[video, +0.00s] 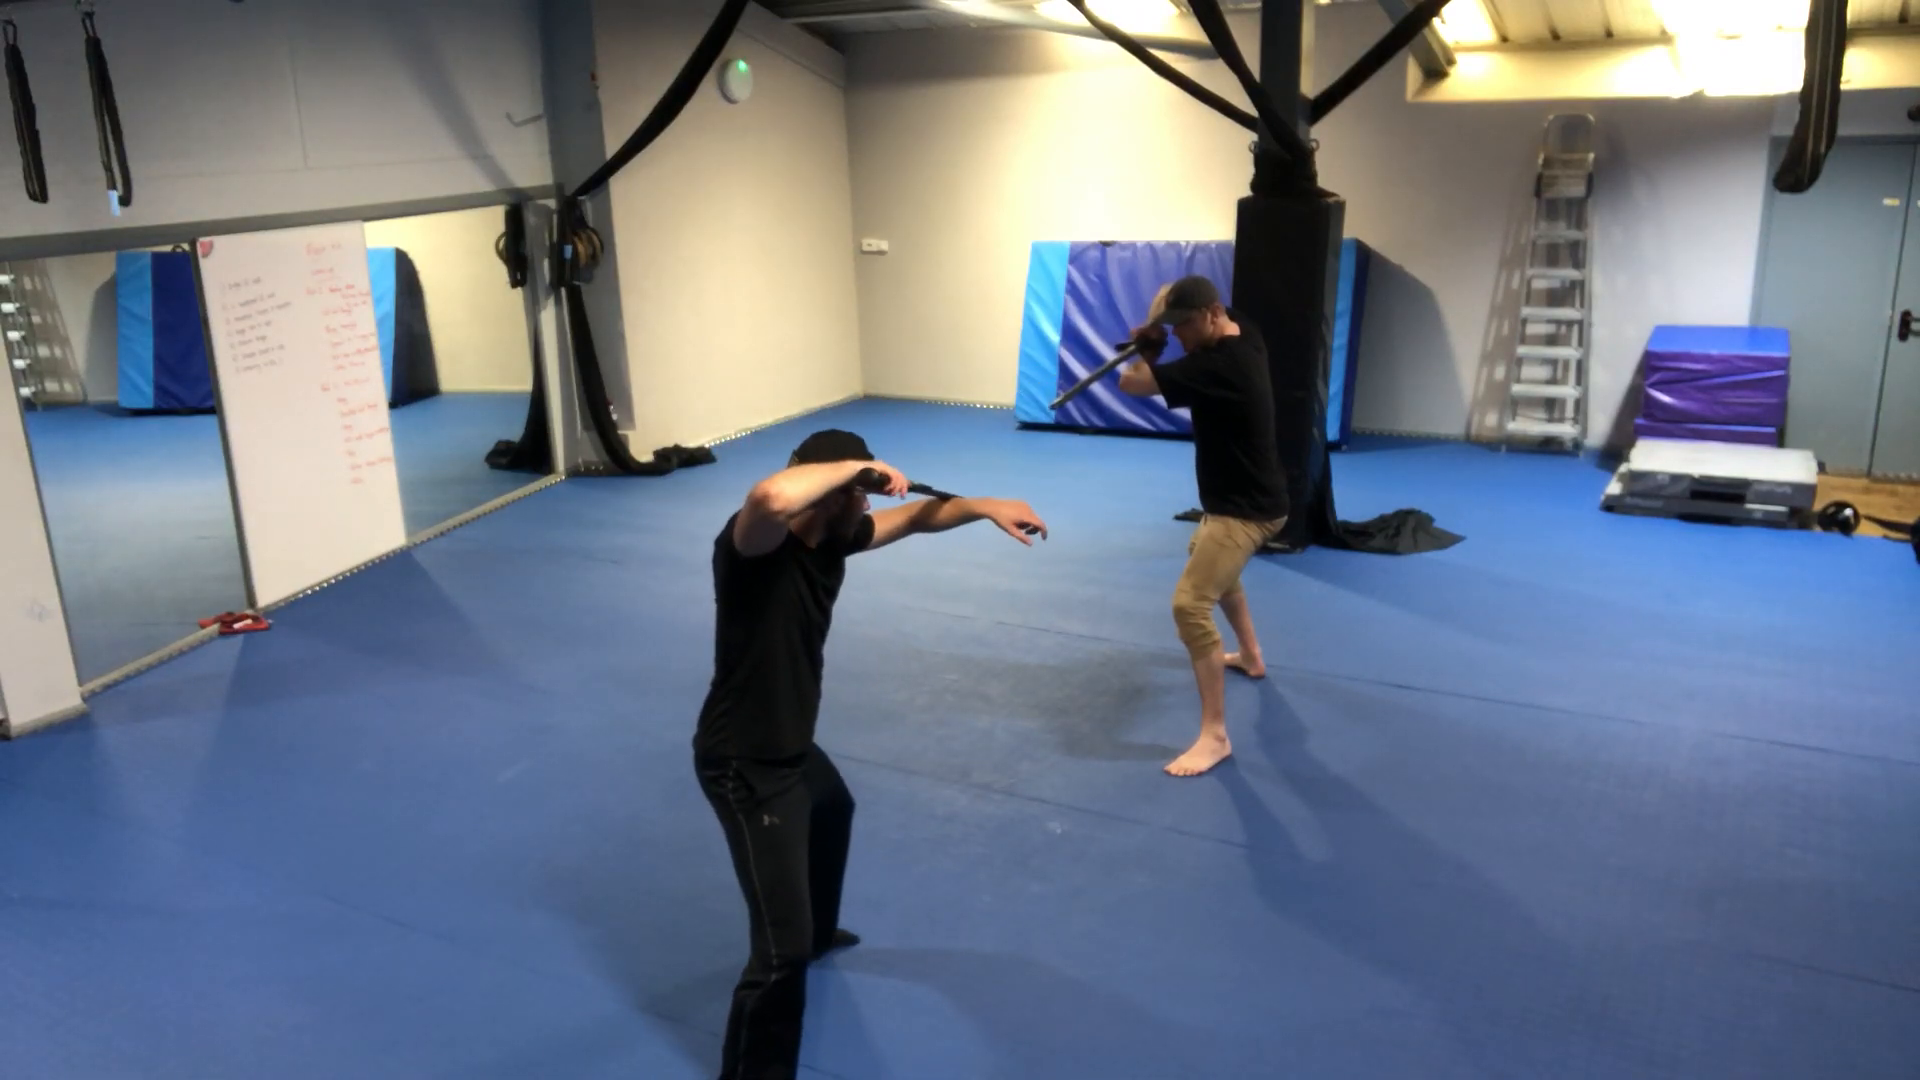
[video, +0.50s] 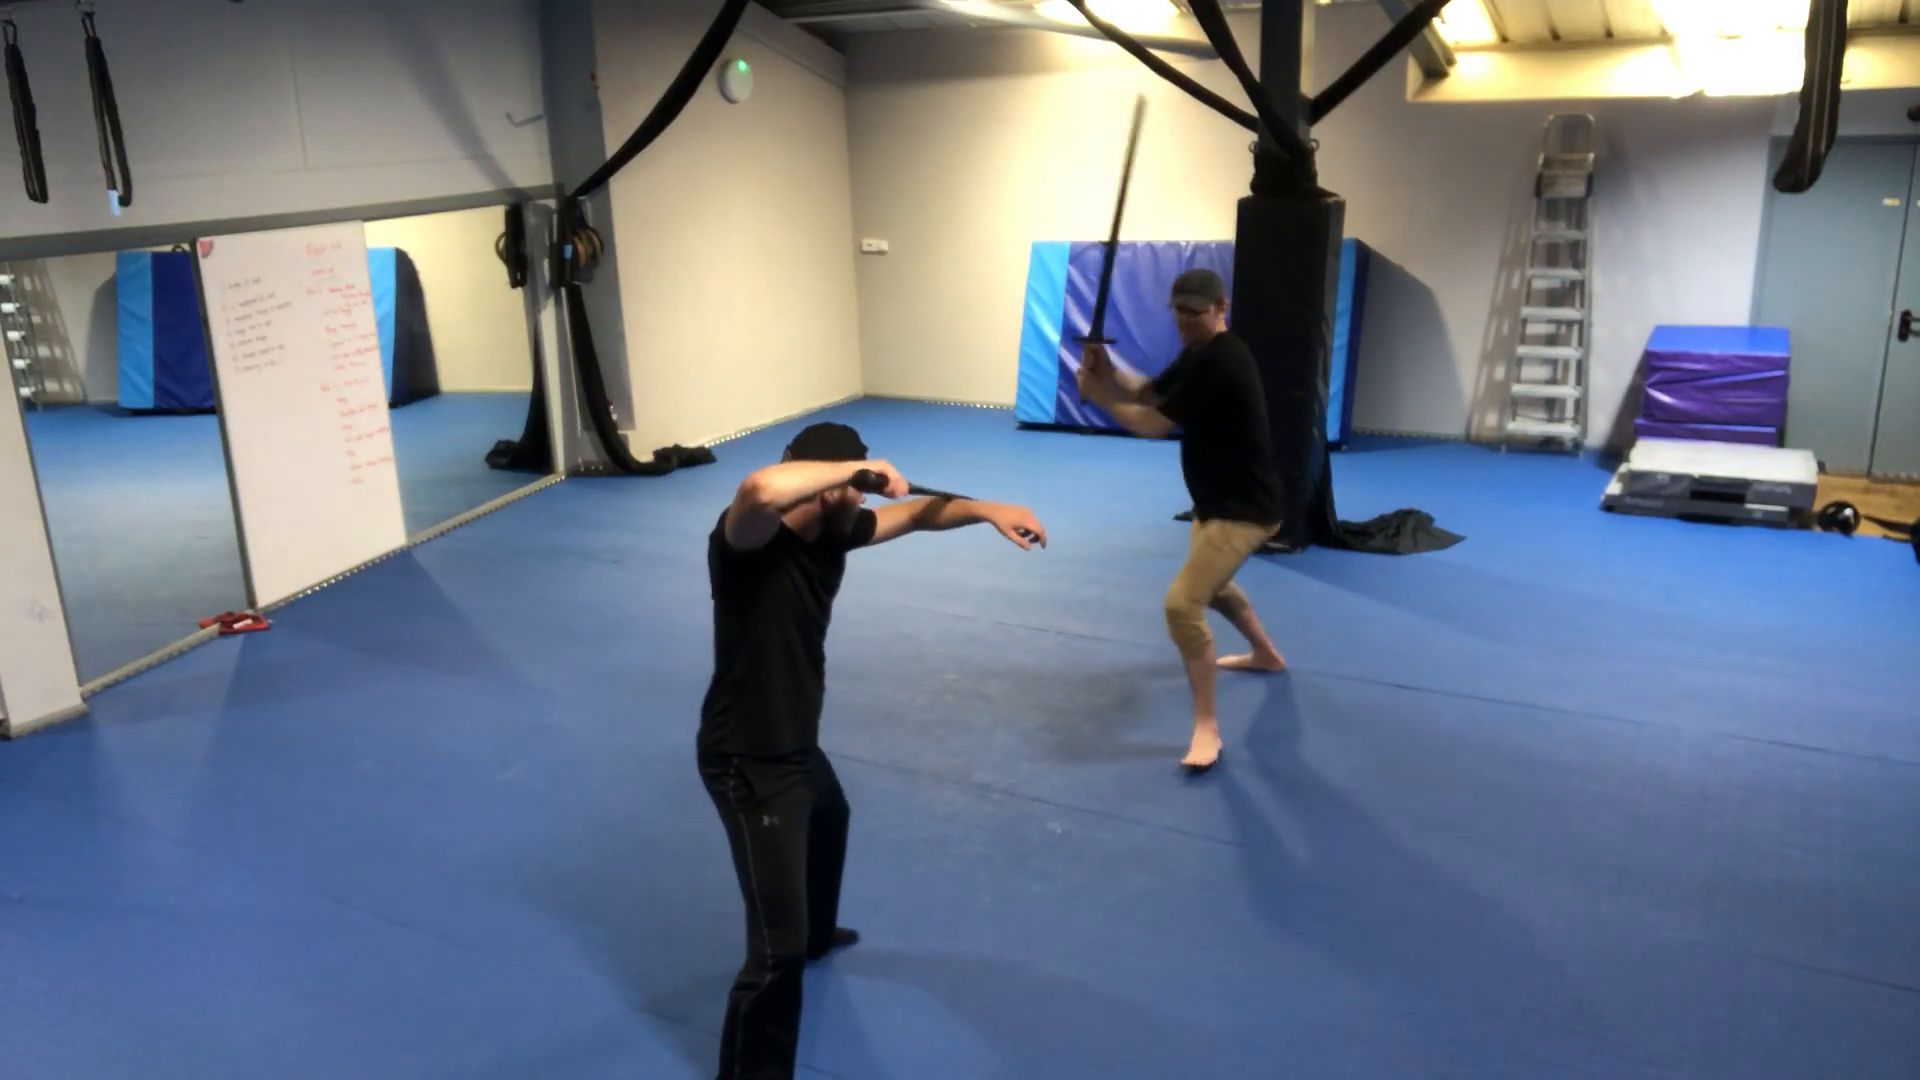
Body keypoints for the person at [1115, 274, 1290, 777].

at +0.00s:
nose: (1179, 337)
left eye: (1183, 329)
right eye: (1175, 329)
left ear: (1211, 317)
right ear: (1213, 317)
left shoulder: (1218, 364)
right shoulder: (1240, 340)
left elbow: (1133, 381)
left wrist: (1150, 347)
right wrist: (1155, 326)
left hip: (1244, 511)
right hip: (1236, 501)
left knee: (1192, 608)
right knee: (1208, 558)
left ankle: (1214, 734)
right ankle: (1250, 653)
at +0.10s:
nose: (1179, 331)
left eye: (1183, 322)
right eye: (1176, 322)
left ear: (1211, 312)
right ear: (1214, 311)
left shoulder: (1220, 359)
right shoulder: (1242, 336)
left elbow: (1134, 382)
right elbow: (1189, 294)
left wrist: (1136, 339)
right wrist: (1150, 313)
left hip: (1244, 508)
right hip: (1238, 498)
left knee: (1194, 608)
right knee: (1208, 559)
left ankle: (1214, 734)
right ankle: (1250, 653)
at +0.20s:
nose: (1179, 321)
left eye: (1184, 312)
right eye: (1176, 312)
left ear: (1212, 301)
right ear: (1214, 299)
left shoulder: (1219, 349)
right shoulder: (1240, 321)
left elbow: (1134, 384)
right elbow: (1173, 284)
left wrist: (1122, 345)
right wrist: (1129, 320)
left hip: (1241, 501)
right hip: (1243, 490)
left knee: (1199, 606)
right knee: (1220, 569)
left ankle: (1213, 733)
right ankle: (1256, 650)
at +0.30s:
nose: (1180, 315)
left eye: (1185, 306)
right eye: (1175, 306)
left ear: (1215, 295)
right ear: (1216, 294)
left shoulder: (1216, 343)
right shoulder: (1238, 320)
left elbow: (1141, 388)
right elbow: (1175, 296)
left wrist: (1113, 364)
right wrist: (1129, 324)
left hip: (1243, 496)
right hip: (1240, 485)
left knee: (1200, 602)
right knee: (1218, 568)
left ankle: (1214, 730)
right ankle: (1261, 645)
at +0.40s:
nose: (1182, 315)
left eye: (1190, 307)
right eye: (1179, 307)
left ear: (1218, 301)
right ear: (1210, 303)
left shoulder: (1210, 352)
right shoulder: (1234, 332)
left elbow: (1150, 411)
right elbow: (1163, 345)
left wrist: (1105, 382)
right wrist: (1112, 349)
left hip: (1240, 501)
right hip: (1244, 491)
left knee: (1191, 603)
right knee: (1213, 575)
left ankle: (1212, 728)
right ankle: (1264, 651)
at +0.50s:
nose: (1181, 323)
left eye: (1191, 314)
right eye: (1178, 314)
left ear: (1219, 312)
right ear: (1177, 312)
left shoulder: (1222, 361)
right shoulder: (1198, 353)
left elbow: (1157, 424)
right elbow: (1146, 393)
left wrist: (1103, 398)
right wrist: (1107, 367)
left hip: (1247, 510)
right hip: (1215, 503)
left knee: (1182, 607)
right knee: (1210, 584)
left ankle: (1205, 726)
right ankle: (1264, 652)